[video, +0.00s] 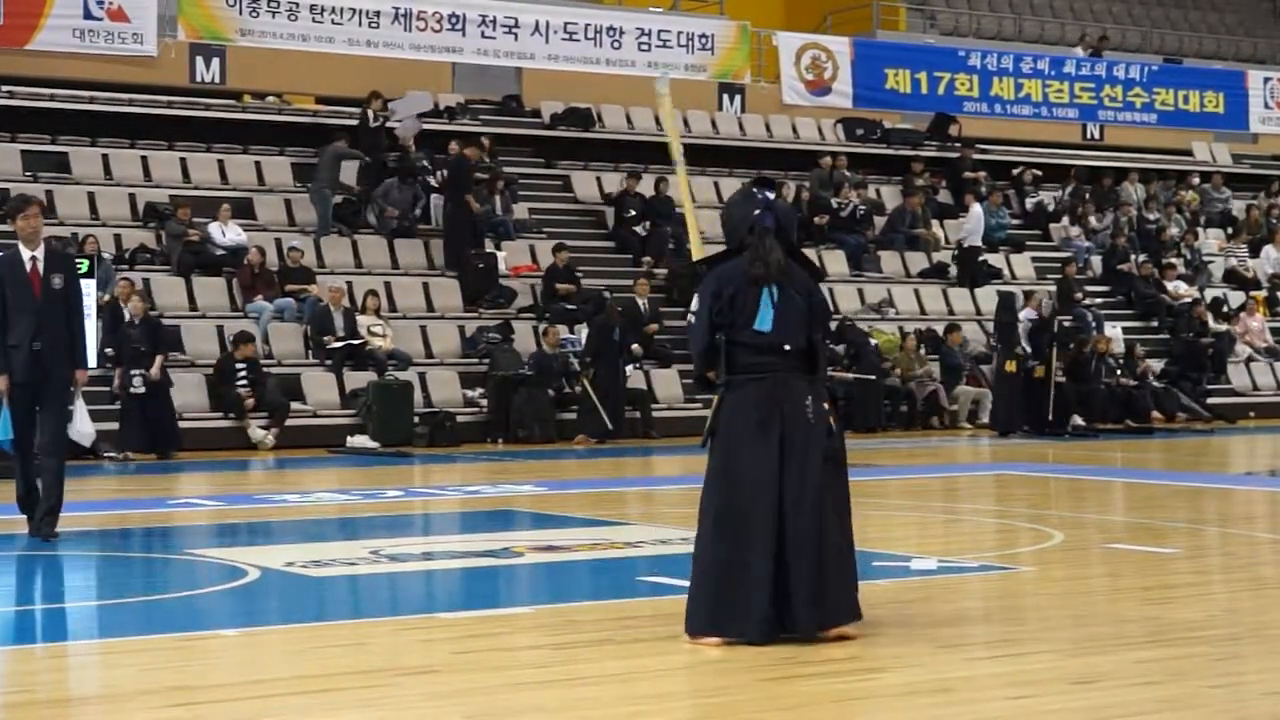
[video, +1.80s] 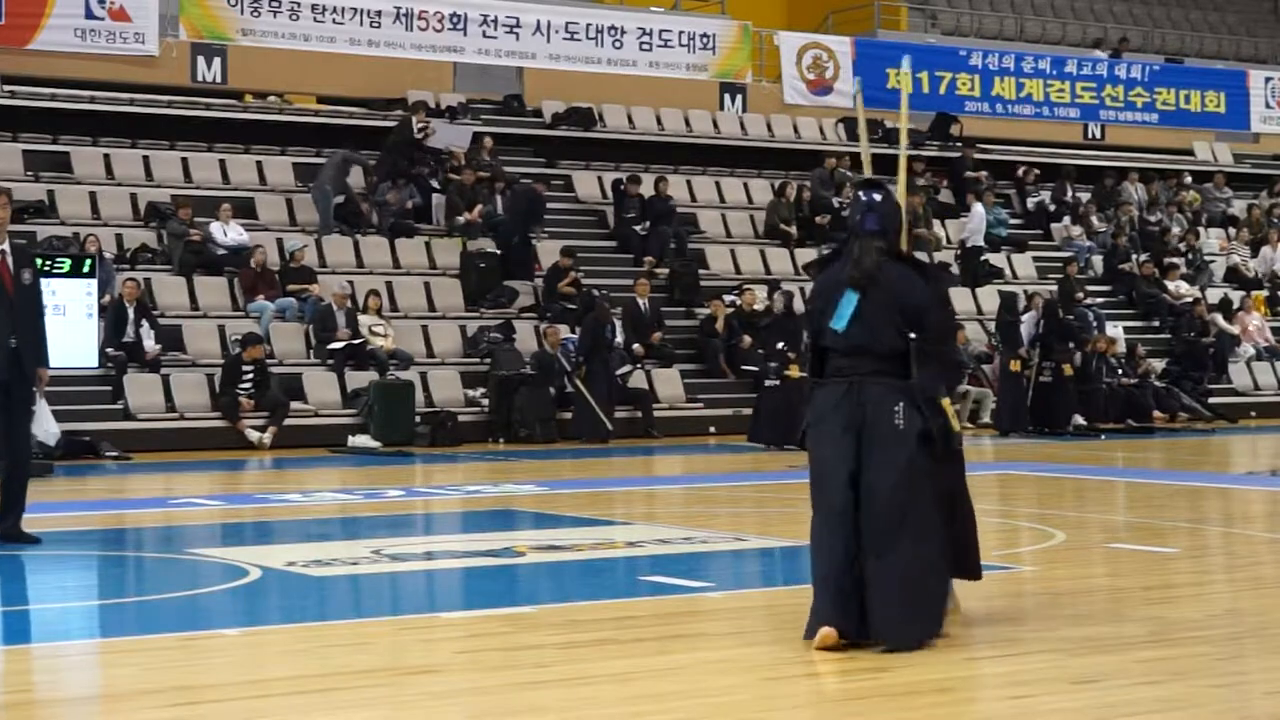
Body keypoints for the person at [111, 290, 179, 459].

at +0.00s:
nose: (134, 306)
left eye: (137, 302)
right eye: (131, 302)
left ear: (145, 305)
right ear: (128, 306)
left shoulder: (154, 325)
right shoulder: (124, 329)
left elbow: (162, 349)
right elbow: (120, 357)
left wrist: (156, 367)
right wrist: (117, 378)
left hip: (151, 373)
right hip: (130, 374)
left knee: (158, 411)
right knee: (130, 412)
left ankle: (163, 447)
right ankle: (128, 448)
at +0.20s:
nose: (118, 303)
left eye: (122, 299)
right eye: (115, 299)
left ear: (130, 301)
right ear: (111, 303)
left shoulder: (140, 320)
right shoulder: (109, 322)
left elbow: (152, 344)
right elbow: (104, 346)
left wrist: (155, 367)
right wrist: (101, 368)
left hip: (136, 367)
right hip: (114, 367)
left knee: (135, 405)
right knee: (115, 406)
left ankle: (147, 444)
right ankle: (119, 447)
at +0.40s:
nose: (104, 304)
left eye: (108, 300)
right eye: (101, 300)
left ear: (115, 302)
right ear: (97, 302)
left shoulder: (123, 321)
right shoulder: (96, 322)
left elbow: (137, 347)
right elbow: (90, 347)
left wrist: (147, 369)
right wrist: (83, 371)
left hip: (119, 371)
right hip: (102, 371)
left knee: (120, 410)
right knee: (102, 410)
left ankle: (121, 448)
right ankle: (104, 447)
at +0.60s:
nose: (121, 291)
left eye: (125, 288)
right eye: (119, 287)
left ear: (133, 291)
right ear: (116, 290)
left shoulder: (138, 306)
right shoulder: (110, 306)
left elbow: (153, 327)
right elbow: (104, 327)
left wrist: (153, 347)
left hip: (135, 342)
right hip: (117, 343)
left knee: (151, 362)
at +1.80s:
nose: (129, 291)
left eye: (132, 288)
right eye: (126, 288)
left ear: (138, 292)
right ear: (122, 290)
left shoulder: (142, 306)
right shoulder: (114, 305)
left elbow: (156, 326)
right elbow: (109, 328)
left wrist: (157, 346)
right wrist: (110, 348)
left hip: (135, 345)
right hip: (117, 345)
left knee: (154, 361)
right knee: (121, 361)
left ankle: (150, 397)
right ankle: (119, 397)